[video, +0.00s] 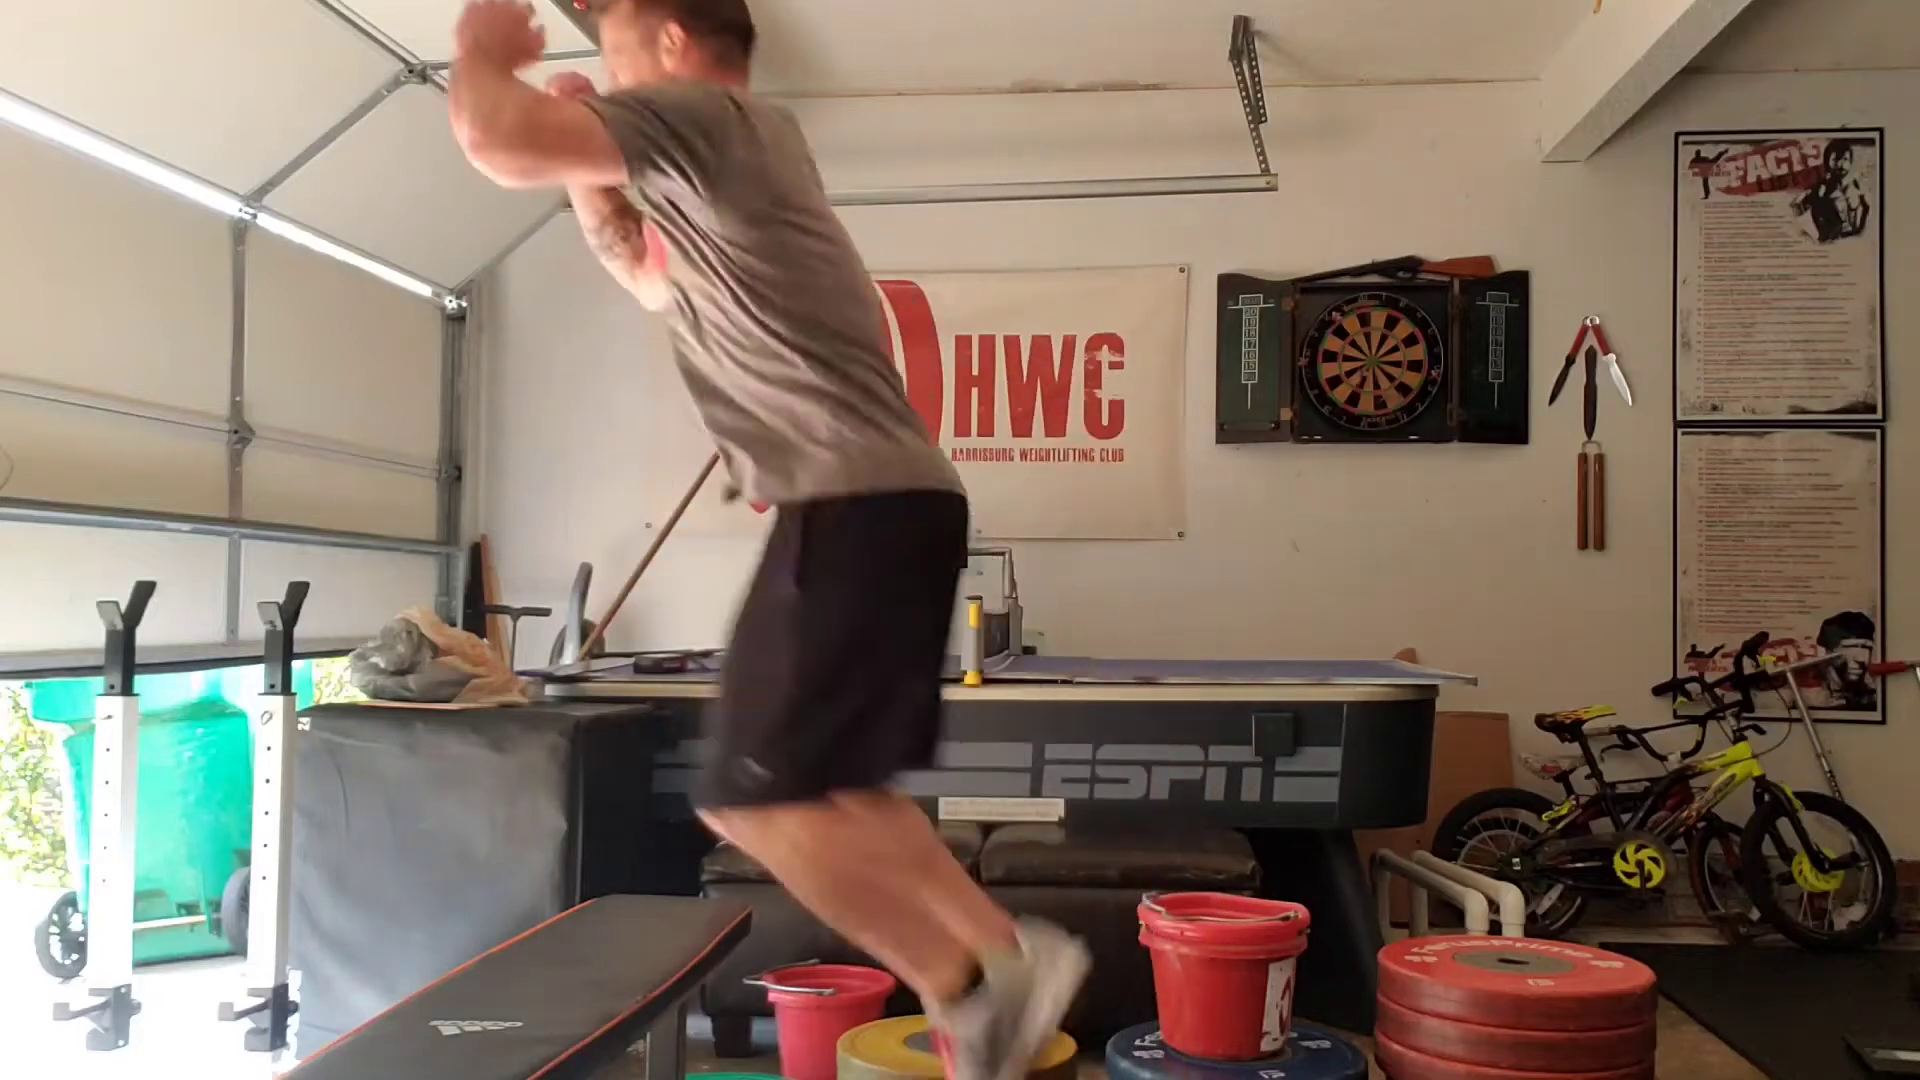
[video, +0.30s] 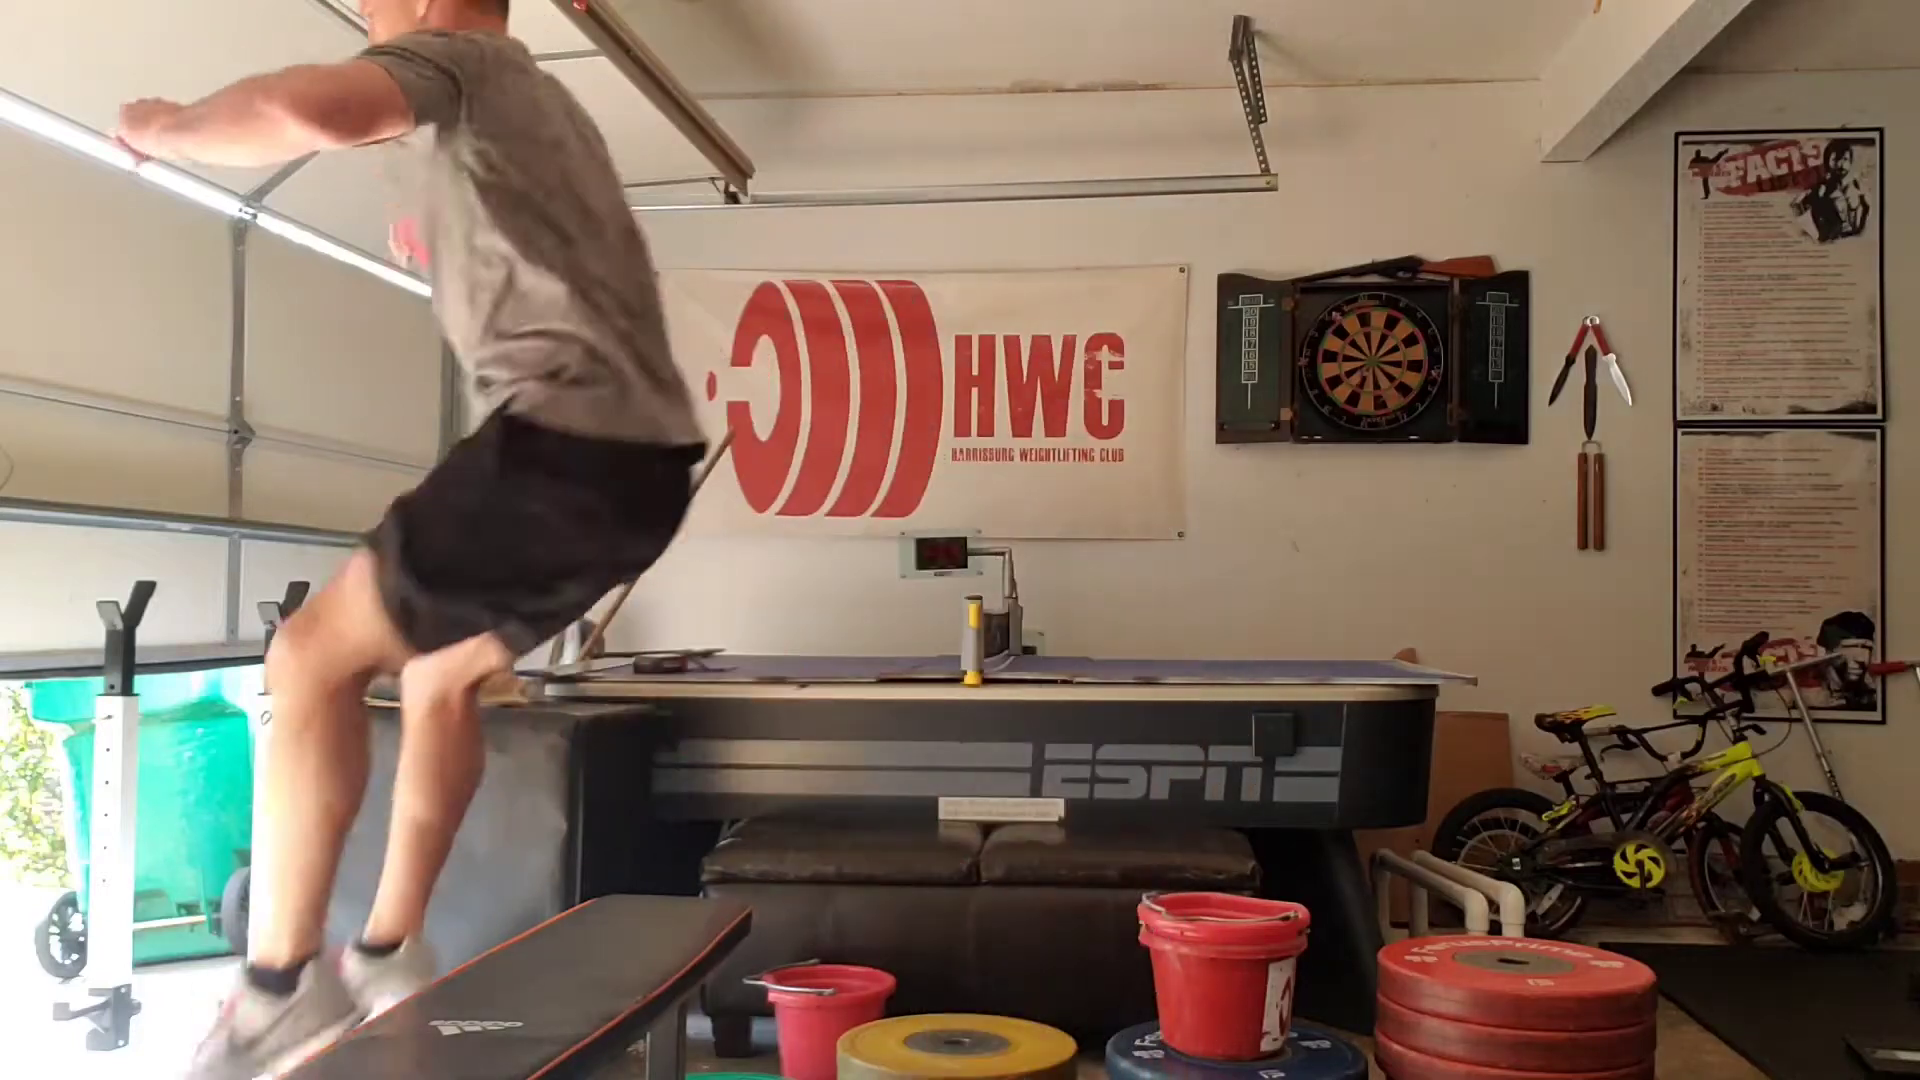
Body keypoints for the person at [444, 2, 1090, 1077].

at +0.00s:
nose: (603, 68)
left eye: (612, 39)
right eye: (602, 45)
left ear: (673, 38)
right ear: (708, 41)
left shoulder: (706, 116)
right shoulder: (739, 141)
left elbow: (494, 130)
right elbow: (646, 267)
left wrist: (485, 30)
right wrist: (578, 146)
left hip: (849, 502)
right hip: (893, 498)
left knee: (745, 789)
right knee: (838, 776)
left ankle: (962, 991)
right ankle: (1009, 955)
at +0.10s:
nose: (525, 42)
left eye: (531, 23)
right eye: (525, 30)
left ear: (582, 8)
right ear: (630, 13)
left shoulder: (629, 60)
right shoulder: (654, 100)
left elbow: (439, 124)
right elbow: (585, 239)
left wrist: (374, 55)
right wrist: (506, 155)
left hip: (783, 418)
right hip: (846, 435)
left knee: (520, 565)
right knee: (656, 584)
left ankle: (769, 728)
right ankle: (806, 714)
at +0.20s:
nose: (435, 36)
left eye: (443, 17)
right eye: (436, 26)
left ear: (494, 5)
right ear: (552, 10)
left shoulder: (528, 54)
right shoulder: (598, 81)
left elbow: (354, 139)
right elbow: (592, 258)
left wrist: (236, 106)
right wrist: (469, 229)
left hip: (703, 388)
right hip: (774, 414)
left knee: (415, 500)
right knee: (541, 540)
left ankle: (455, 801)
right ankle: (521, 782)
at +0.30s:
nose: (363, 26)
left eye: (371, 11)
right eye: (362, 17)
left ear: (422, 5)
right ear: (483, 9)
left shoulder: (468, 63)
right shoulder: (548, 102)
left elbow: (319, 109)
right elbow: (559, 239)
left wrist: (171, 126)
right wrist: (440, 245)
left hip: (566, 441)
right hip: (647, 461)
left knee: (309, 656)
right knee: (438, 677)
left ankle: (275, 979)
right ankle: (388, 950)